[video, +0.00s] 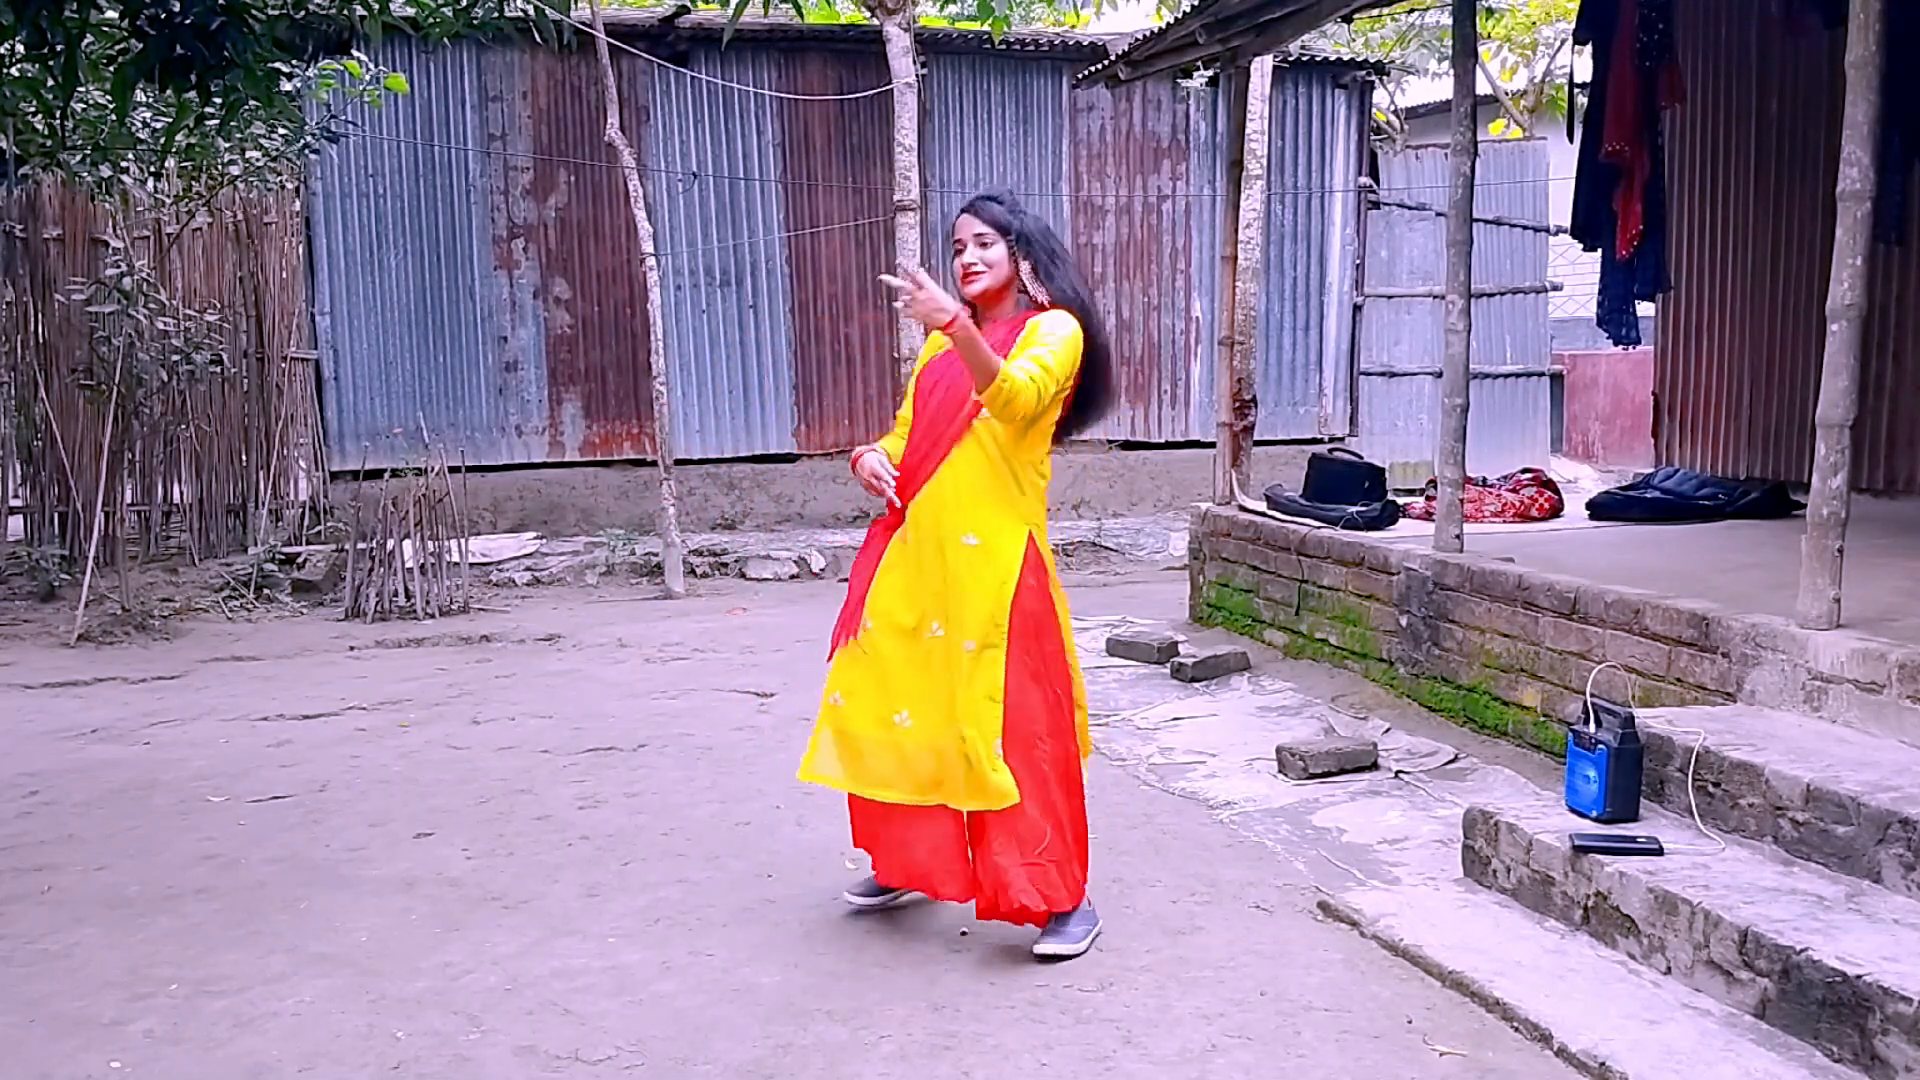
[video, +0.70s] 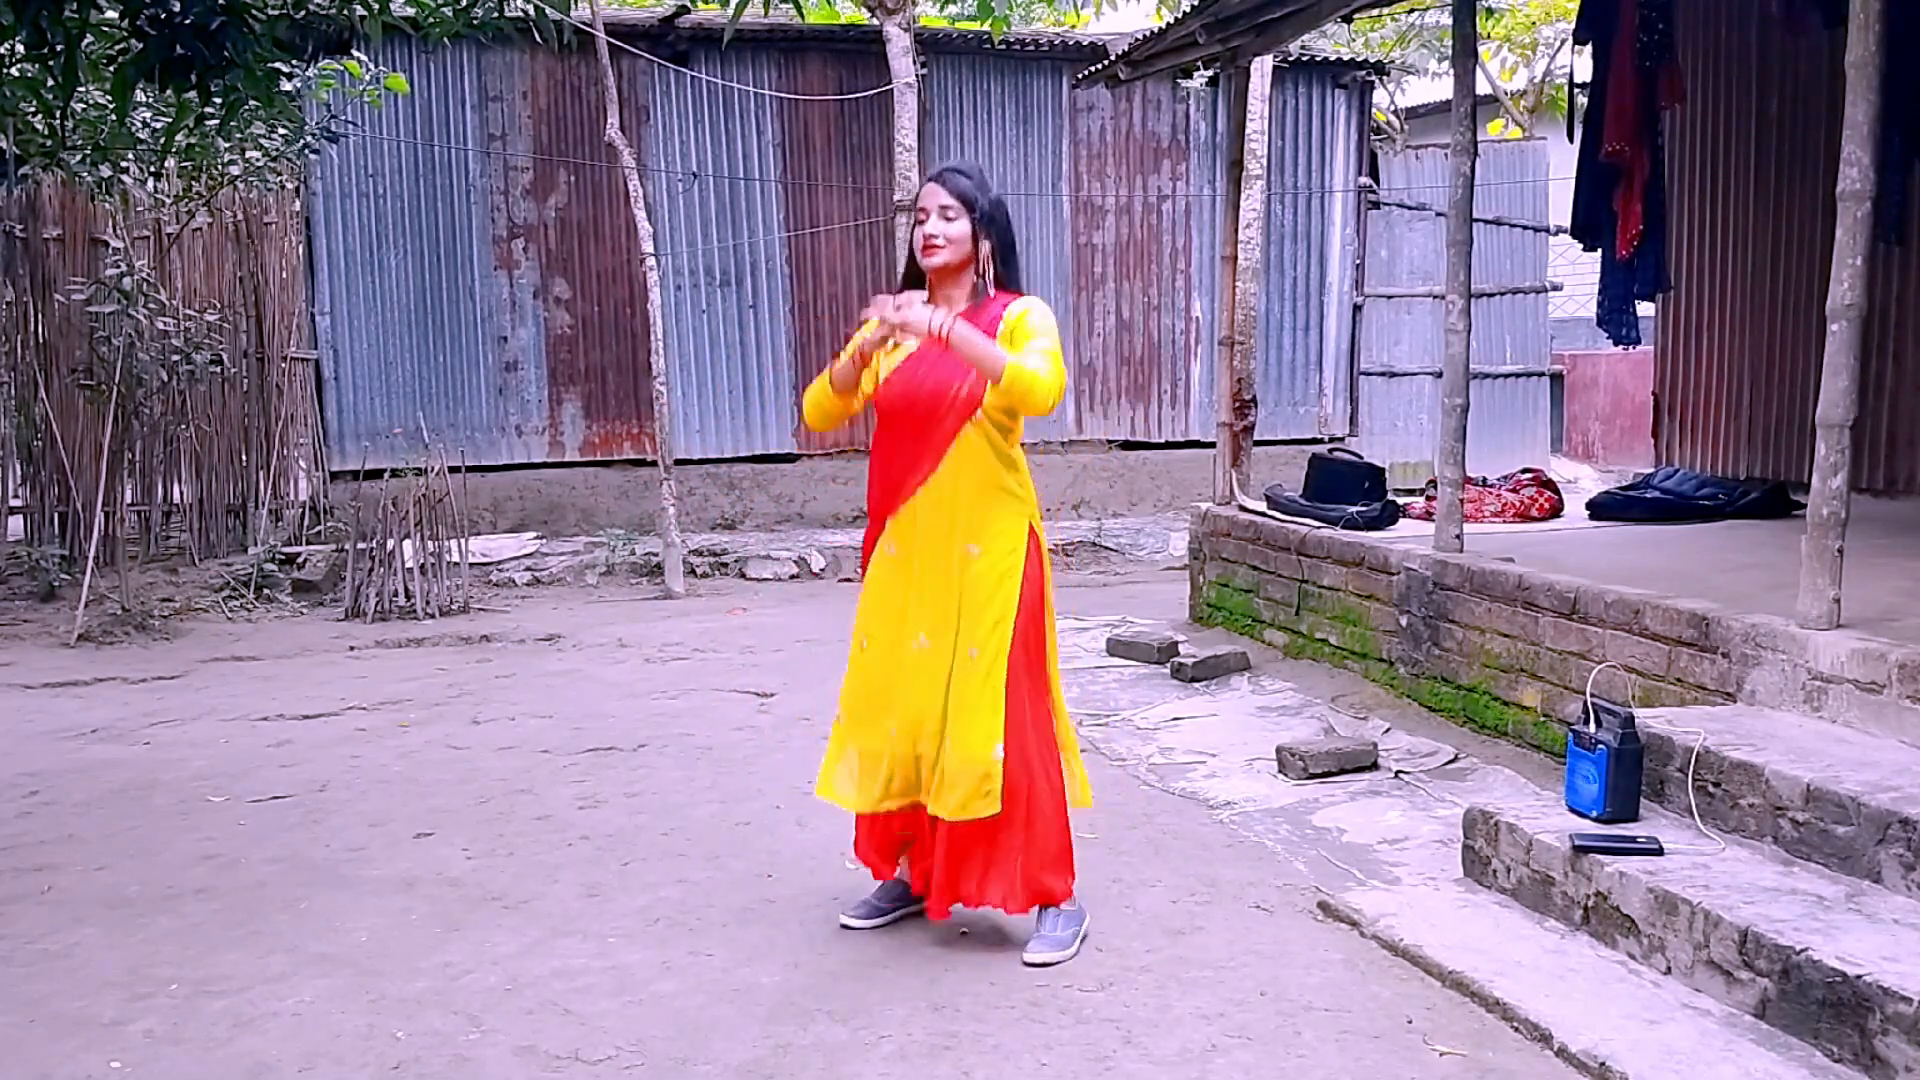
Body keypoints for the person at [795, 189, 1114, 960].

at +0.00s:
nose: (968, 258)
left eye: (983, 243)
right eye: (959, 248)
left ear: (1022, 250)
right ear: (951, 263)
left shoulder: (1055, 328)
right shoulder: (941, 341)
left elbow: (1018, 401)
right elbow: (907, 433)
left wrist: (953, 323)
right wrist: (872, 455)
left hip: (999, 555)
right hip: (917, 550)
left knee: (1027, 725)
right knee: (887, 698)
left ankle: (1066, 900)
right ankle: (903, 860)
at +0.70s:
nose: (929, 227)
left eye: (947, 215)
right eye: (920, 216)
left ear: (984, 230)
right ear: (912, 232)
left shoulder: (1020, 314)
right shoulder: (893, 323)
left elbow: (1041, 391)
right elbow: (818, 414)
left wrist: (940, 324)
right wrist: (864, 349)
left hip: (991, 544)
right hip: (905, 545)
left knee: (1013, 716)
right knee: (902, 702)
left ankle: (1057, 898)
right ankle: (913, 875)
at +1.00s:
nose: (917, 251)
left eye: (933, 233)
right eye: (904, 238)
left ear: (966, 244)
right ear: (892, 253)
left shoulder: (988, 334)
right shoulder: (879, 332)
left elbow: (1028, 315)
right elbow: (847, 299)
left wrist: (1004, 249)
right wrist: (871, 240)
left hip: (977, 531)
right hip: (889, 534)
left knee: (985, 711)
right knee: (842, 698)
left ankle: (1049, 897)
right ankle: (857, 868)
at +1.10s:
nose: (914, 315)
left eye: (927, 300)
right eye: (902, 302)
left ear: (959, 300)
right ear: (891, 310)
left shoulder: (982, 391)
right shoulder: (869, 381)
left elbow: (1005, 382)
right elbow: (843, 374)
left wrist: (999, 349)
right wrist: (897, 333)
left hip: (977, 570)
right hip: (892, 576)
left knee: (994, 738)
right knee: (842, 726)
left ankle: (1050, 899)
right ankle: (851, 874)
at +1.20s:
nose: (912, 332)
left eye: (927, 317)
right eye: (899, 318)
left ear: (956, 325)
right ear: (886, 324)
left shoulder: (978, 406)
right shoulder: (852, 384)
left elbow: (1001, 429)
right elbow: (844, 392)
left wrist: (969, 414)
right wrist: (877, 406)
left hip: (973, 588)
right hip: (882, 596)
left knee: (1000, 745)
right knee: (847, 746)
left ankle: (1030, 913)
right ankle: (845, 903)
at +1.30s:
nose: (909, 302)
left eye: (923, 285)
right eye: (896, 290)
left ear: (954, 286)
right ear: (883, 297)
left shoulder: (994, 379)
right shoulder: (860, 364)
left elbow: (989, 446)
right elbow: (792, 414)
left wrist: (919, 476)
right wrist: (815, 460)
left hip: (951, 586)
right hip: (855, 585)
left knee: (1003, 735)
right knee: (844, 730)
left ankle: (1048, 902)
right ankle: (841, 885)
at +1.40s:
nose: (906, 288)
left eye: (919, 271)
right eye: (892, 277)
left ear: (953, 270)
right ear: (882, 287)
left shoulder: (1002, 361)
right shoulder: (864, 360)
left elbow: (981, 451)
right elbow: (784, 433)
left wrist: (875, 501)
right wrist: (773, 502)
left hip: (936, 579)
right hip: (844, 575)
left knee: (974, 734)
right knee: (836, 721)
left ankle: (1047, 899)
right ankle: (856, 872)